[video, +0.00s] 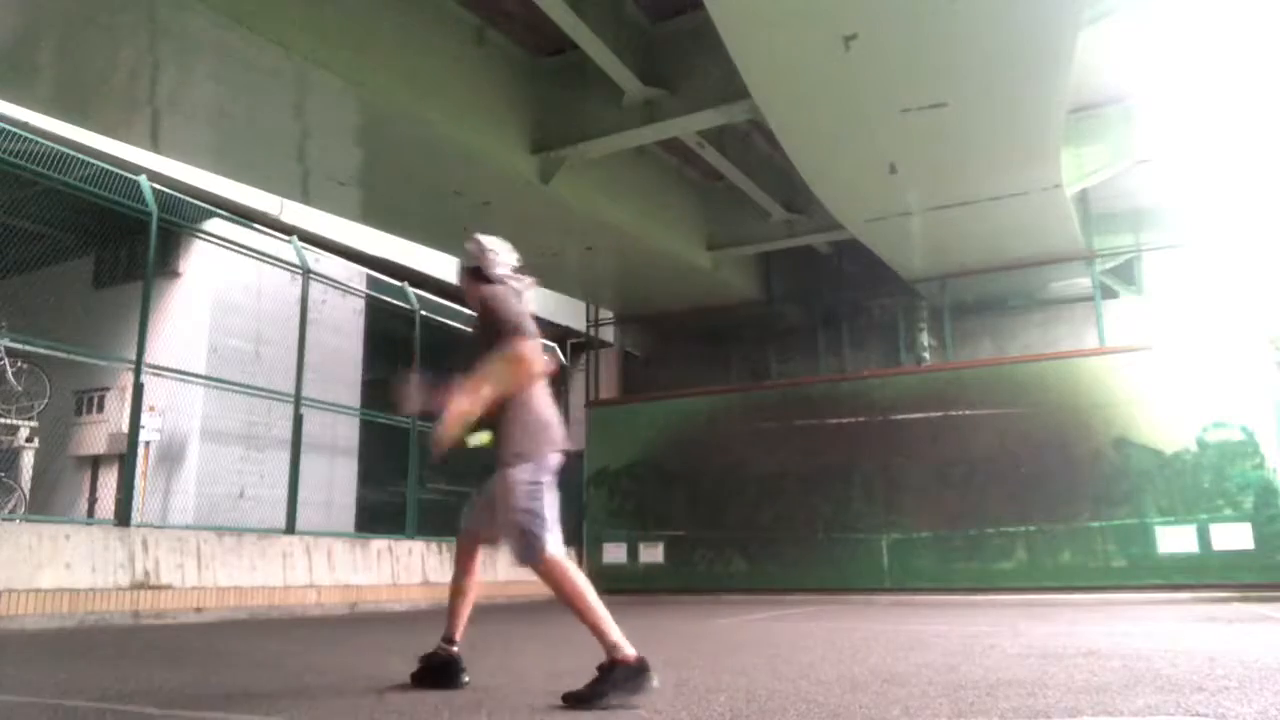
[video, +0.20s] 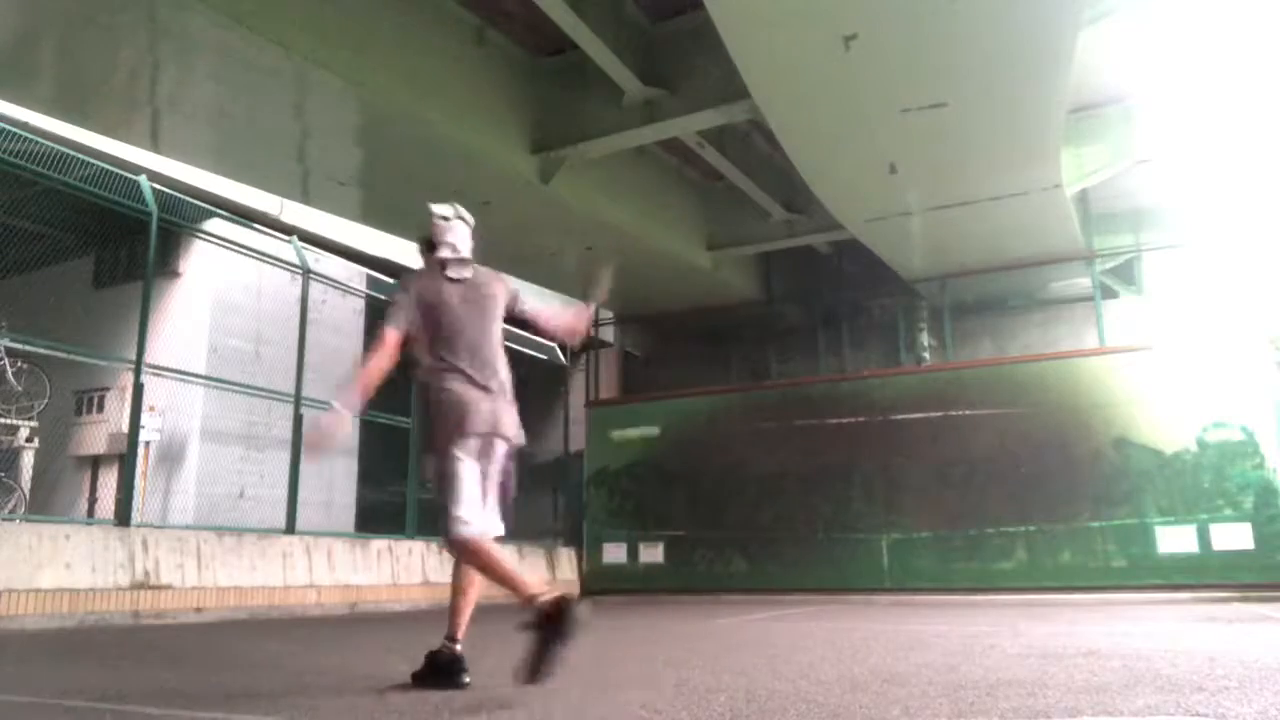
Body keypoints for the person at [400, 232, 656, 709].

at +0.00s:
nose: (463, 287)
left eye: (466, 278)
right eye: (465, 279)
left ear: (478, 277)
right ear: (501, 275)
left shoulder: (500, 299)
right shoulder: (500, 311)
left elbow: (532, 358)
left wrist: (474, 395)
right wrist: (440, 400)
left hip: (532, 450)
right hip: (521, 451)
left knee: (540, 551)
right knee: (470, 536)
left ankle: (625, 659)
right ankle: (447, 654)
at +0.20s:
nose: (434, 250)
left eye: (430, 243)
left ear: (427, 245)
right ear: (470, 245)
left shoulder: (415, 288)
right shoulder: (496, 285)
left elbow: (383, 355)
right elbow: (555, 324)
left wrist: (343, 411)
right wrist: (579, 319)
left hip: (459, 415)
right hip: (504, 417)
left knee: (461, 532)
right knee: (476, 536)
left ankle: (544, 603)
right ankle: (451, 650)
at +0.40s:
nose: (410, 234)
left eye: (407, 226)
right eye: (415, 225)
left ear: (395, 227)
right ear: (438, 225)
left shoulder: (377, 275)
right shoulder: (468, 261)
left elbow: (327, 313)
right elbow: (537, 221)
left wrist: (269, 345)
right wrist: (584, 169)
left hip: (409, 416)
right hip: (462, 415)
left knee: (386, 529)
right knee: (454, 539)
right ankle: (449, 651)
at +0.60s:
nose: (384, 237)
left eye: (374, 228)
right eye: (397, 228)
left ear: (358, 234)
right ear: (403, 231)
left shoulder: (334, 283)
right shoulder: (426, 266)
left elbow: (290, 353)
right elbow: (507, 258)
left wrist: (261, 418)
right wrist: (539, 192)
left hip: (356, 429)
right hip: (421, 427)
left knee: (334, 549)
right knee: (433, 541)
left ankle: (334, 672)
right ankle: (436, 655)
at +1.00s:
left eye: (321, 211)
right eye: (345, 212)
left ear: (308, 215)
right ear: (358, 216)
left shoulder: (280, 262)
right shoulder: (383, 266)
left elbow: (267, 350)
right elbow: (435, 338)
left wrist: (302, 357)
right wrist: (400, 385)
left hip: (283, 416)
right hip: (355, 417)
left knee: (253, 538)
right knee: (370, 543)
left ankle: (254, 646)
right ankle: (376, 673)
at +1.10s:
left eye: (295, 211)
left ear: (283, 212)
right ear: (335, 213)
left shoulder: (257, 256)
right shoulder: (362, 264)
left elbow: (234, 344)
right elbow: (386, 357)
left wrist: (272, 366)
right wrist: (340, 382)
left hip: (266, 416)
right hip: (338, 418)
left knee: (213, 535)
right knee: (359, 543)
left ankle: (187, 661)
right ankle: (375, 676)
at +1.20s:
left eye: (264, 208)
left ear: (256, 210)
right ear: (304, 214)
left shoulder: (228, 252)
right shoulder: (328, 267)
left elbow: (188, 335)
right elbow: (339, 323)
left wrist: (211, 322)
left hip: (234, 423)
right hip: (306, 426)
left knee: (173, 537)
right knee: (340, 545)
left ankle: (147, 672)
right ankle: (375, 671)